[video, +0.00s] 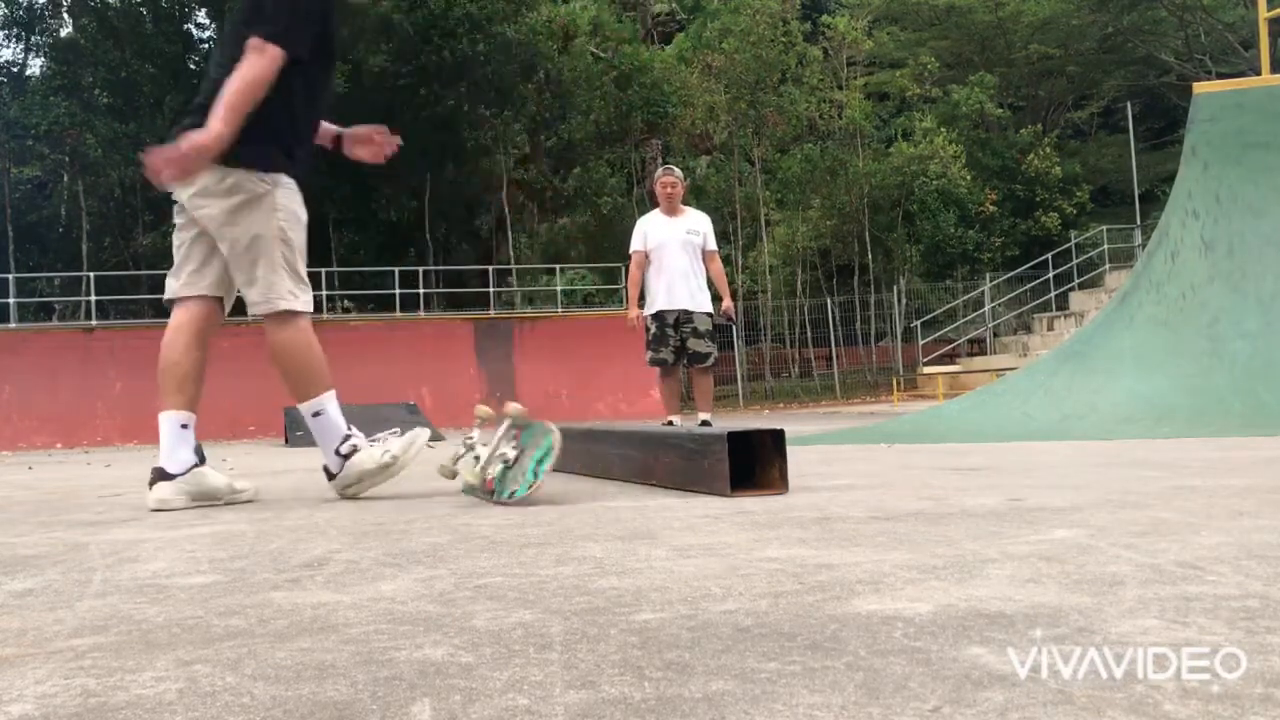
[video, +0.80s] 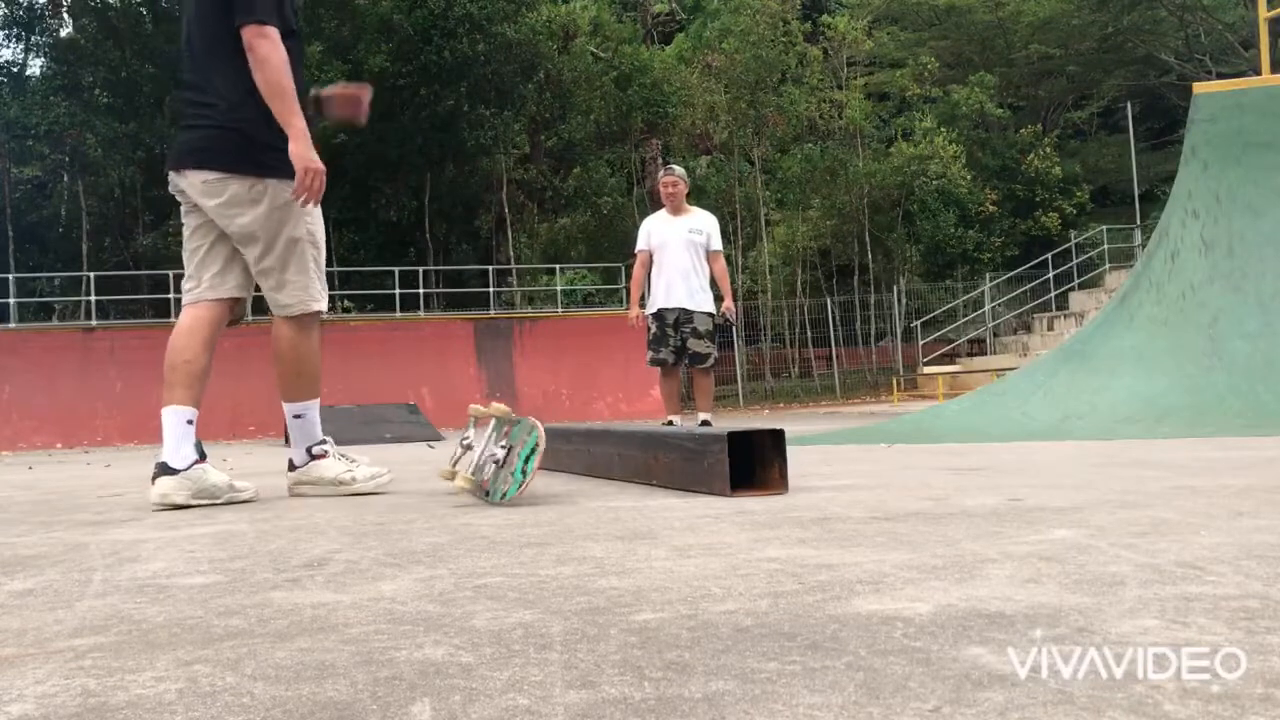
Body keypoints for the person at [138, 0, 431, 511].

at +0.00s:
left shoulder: (274, 14)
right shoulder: (299, 7)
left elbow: (265, 100)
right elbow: (260, 58)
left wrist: (339, 137)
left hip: (208, 163)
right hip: (253, 168)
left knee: (194, 309)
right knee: (286, 313)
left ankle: (176, 467)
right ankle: (342, 453)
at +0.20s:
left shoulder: (234, 13)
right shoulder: (247, 3)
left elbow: (233, 73)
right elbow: (223, 33)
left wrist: (275, 144)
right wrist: (210, 118)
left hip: (186, 157)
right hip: (236, 160)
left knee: (188, 304)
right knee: (281, 301)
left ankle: (174, 466)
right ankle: (313, 454)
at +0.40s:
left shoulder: (193, 11)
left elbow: (166, 87)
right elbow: (233, 29)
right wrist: (280, 125)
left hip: (181, 153)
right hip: (230, 154)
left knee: (192, 302)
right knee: (275, 299)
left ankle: (175, 467)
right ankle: (298, 459)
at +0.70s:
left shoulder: (190, 9)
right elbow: (249, 33)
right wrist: (299, 130)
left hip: (187, 151)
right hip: (244, 150)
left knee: (202, 298)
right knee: (299, 298)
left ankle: (178, 465)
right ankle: (305, 454)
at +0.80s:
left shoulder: (209, 11)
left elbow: (230, 82)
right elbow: (260, 40)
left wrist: (319, 101)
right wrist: (299, 136)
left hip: (198, 153)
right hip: (252, 154)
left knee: (207, 299)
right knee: (298, 304)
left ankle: (178, 464)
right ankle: (309, 457)